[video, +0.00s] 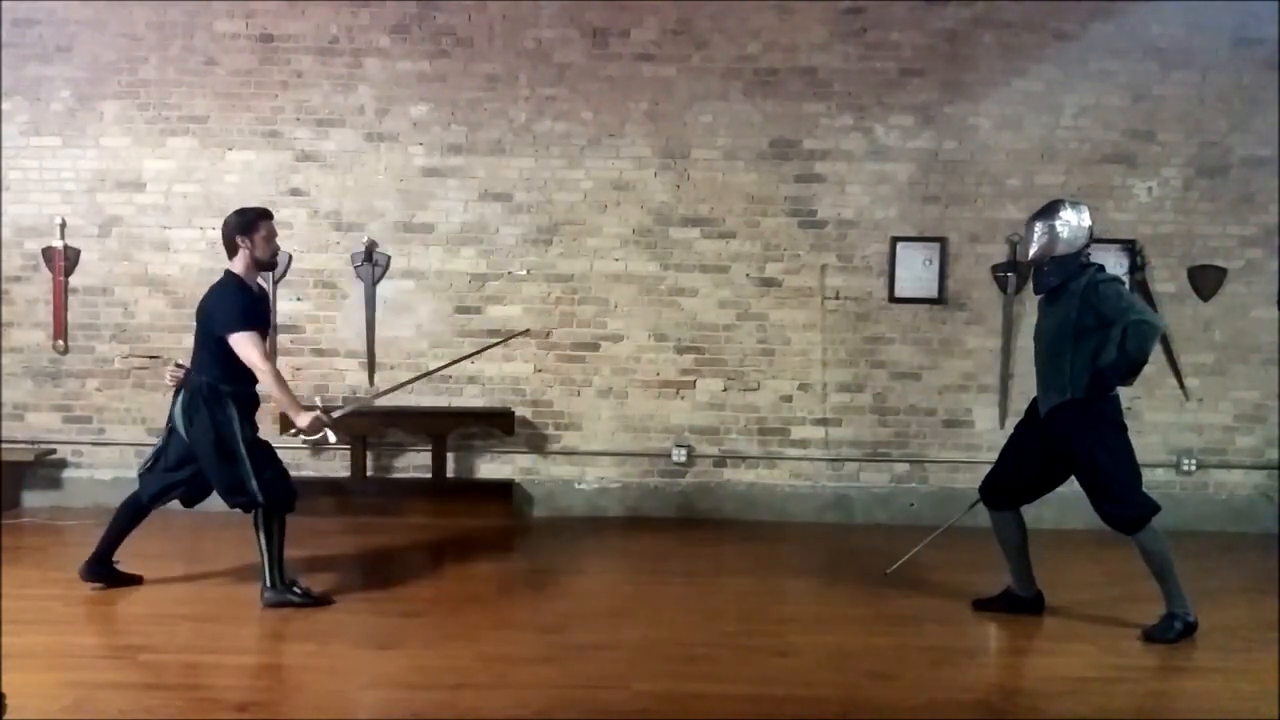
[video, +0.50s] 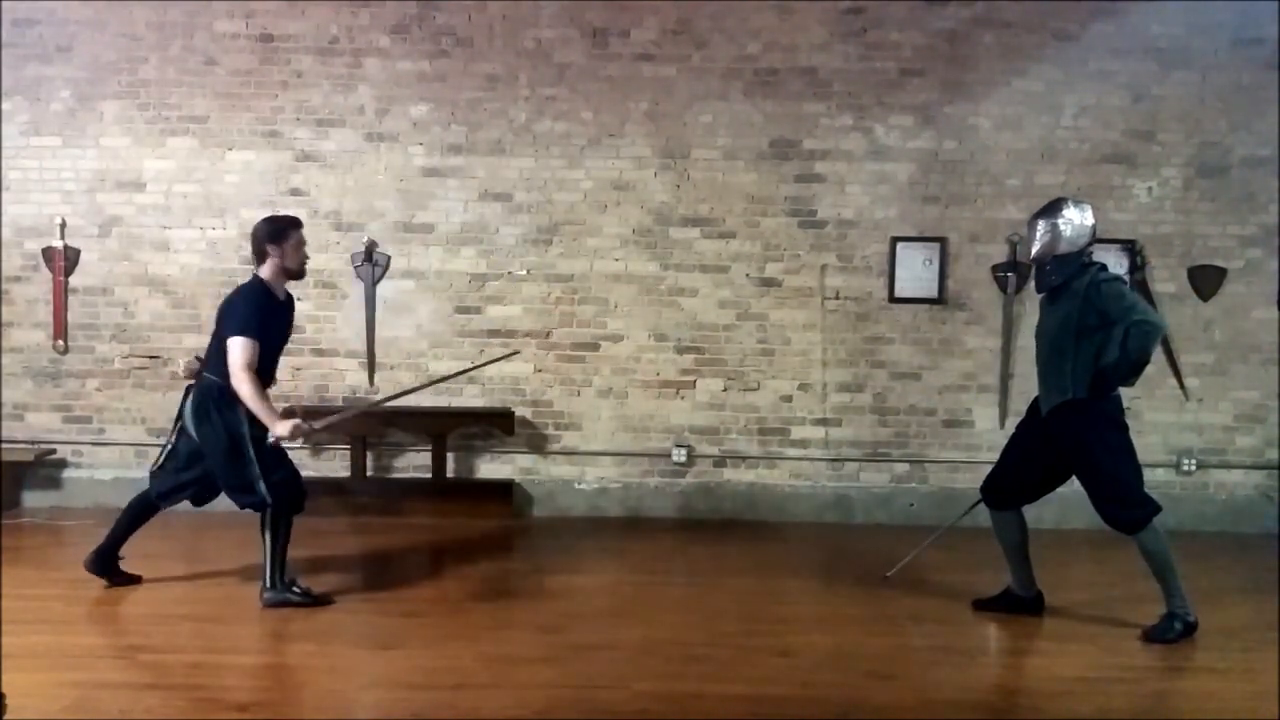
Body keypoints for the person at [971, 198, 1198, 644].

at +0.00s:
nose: (1033, 245)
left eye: (1040, 236)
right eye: (1033, 236)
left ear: (1063, 238)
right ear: (1060, 239)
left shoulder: (1094, 284)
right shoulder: (1056, 286)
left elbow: (1144, 324)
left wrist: (1109, 376)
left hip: (1092, 416)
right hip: (1050, 413)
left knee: (1130, 511)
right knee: (998, 493)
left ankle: (1180, 612)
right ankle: (1023, 591)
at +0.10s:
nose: (1034, 247)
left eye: (1041, 236)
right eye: (1033, 237)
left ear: (1065, 238)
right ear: (1060, 239)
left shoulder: (1095, 284)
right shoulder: (1057, 287)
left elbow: (1145, 323)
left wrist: (1112, 374)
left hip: (1092, 416)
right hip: (1050, 414)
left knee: (1131, 511)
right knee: (998, 493)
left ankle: (1180, 612)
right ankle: (1023, 591)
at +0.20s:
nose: (1034, 245)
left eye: (1041, 235)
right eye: (1034, 235)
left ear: (1064, 237)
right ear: (1063, 238)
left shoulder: (1095, 283)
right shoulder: (1057, 287)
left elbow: (1145, 324)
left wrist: (1112, 375)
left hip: (1093, 416)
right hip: (1051, 414)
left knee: (1131, 511)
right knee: (999, 493)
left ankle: (1180, 611)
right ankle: (1023, 591)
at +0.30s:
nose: (1035, 245)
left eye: (1042, 235)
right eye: (1035, 235)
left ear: (1065, 237)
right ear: (1063, 238)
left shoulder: (1096, 283)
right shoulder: (1056, 287)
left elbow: (1145, 324)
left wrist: (1111, 375)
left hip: (1093, 416)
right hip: (1051, 415)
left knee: (1131, 511)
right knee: (999, 493)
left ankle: (1180, 611)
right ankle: (1023, 591)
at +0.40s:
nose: (1036, 245)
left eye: (1044, 235)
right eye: (1036, 236)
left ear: (1067, 237)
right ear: (1063, 238)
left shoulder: (1097, 283)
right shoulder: (1057, 286)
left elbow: (1146, 324)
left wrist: (1112, 375)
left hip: (1093, 416)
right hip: (1051, 414)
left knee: (1131, 511)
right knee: (999, 493)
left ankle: (1180, 612)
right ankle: (1023, 591)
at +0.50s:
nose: (1037, 246)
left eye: (1044, 235)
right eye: (1036, 236)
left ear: (1066, 236)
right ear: (1065, 237)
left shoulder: (1097, 283)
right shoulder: (1057, 287)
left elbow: (1147, 324)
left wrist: (1114, 374)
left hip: (1094, 416)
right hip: (1052, 414)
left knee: (1131, 511)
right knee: (1000, 493)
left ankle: (1180, 612)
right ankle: (1023, 591)